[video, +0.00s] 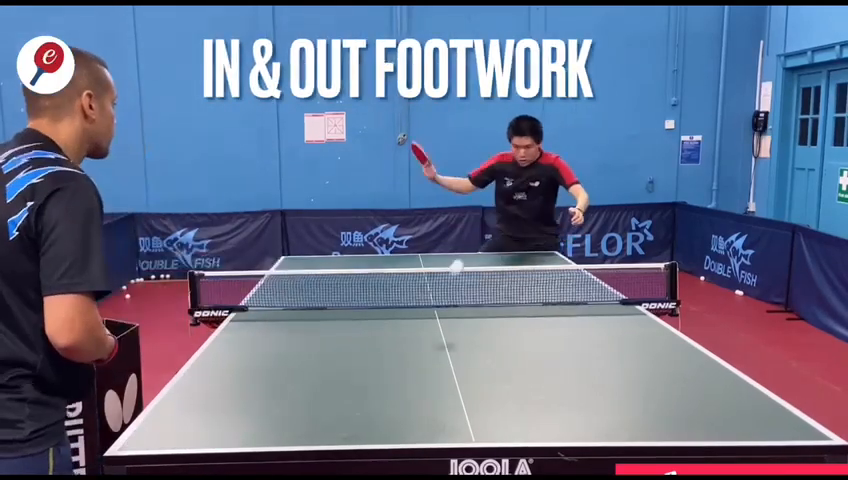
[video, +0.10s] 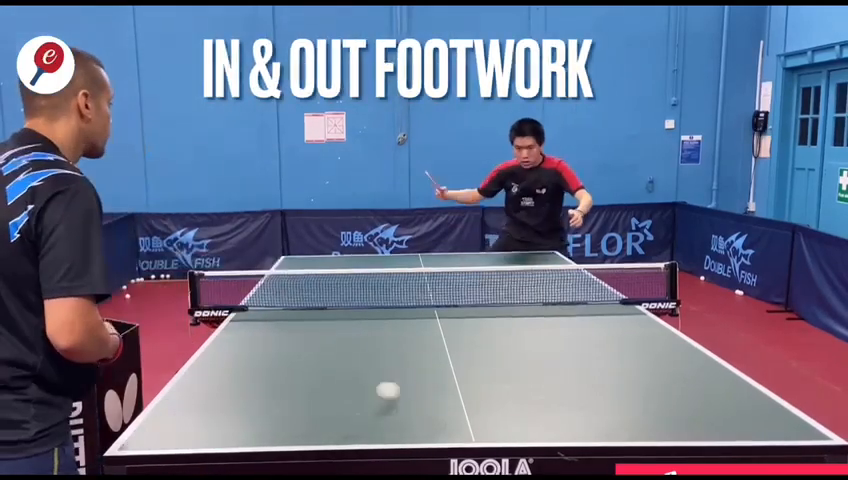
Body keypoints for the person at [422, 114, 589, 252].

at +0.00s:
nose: (521, 153)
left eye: (527, 147)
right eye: (516, 147)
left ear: (539, 144)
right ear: (511, 144)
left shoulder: (553, 164)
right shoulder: (500, 163)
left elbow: (581, 195)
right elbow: (468, 185)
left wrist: (579, 209)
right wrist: (436, 178)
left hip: (543, 242)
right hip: (504, 241)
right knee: (470, 273)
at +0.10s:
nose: (524, 155)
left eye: (529, 149)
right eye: (519, 149)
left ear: (541, 146)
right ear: (513, 147)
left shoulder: (557, 168)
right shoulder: (505, 171)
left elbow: (585, 198)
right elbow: (477, 196)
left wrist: (580, 211)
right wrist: (448, 195)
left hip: (550, 243)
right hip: (512, 242)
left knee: (567, 287)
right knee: (481, 272)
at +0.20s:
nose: (518, 157)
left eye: (524, 150)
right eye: (513, 151)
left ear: (535, 148)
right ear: (507, 151)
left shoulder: (553, 171)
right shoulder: (500, 177)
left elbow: (584, 200)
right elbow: (477, 202)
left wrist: (575, 214)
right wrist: (456, 206)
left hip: (549, 243)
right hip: (512, 243)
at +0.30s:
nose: (508, 158)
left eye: (513, 151)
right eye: (502, 152)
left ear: (524, 148)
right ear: (496, 152)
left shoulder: (544, 170)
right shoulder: (492, 176)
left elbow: (577, 198)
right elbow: (472, 203)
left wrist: (569, 212)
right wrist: (457, 215)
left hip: (544, 240)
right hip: (508, 239)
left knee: (568, 280)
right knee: (475, 269)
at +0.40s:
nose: (500, 162)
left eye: (506, 155)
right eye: (495, 156)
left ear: (518, 152)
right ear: (490, 156)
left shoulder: (538, 171)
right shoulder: (486, 178)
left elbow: (572, 195)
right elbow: (469, 208)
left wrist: (564, 211)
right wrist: (464, 221)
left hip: (541, 237)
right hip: (506, 237)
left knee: (565, 276)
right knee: (473, 265)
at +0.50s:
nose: (501, 173)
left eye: (506, 166)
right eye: (495, 167)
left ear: (517, 163)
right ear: (489, 166)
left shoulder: (539, 177)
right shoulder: (486, 185)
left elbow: (571, 196)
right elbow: (471, 218)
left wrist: (564, 214)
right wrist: (473, 227)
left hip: (540, 239)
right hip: (505, 240)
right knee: (474, 266)